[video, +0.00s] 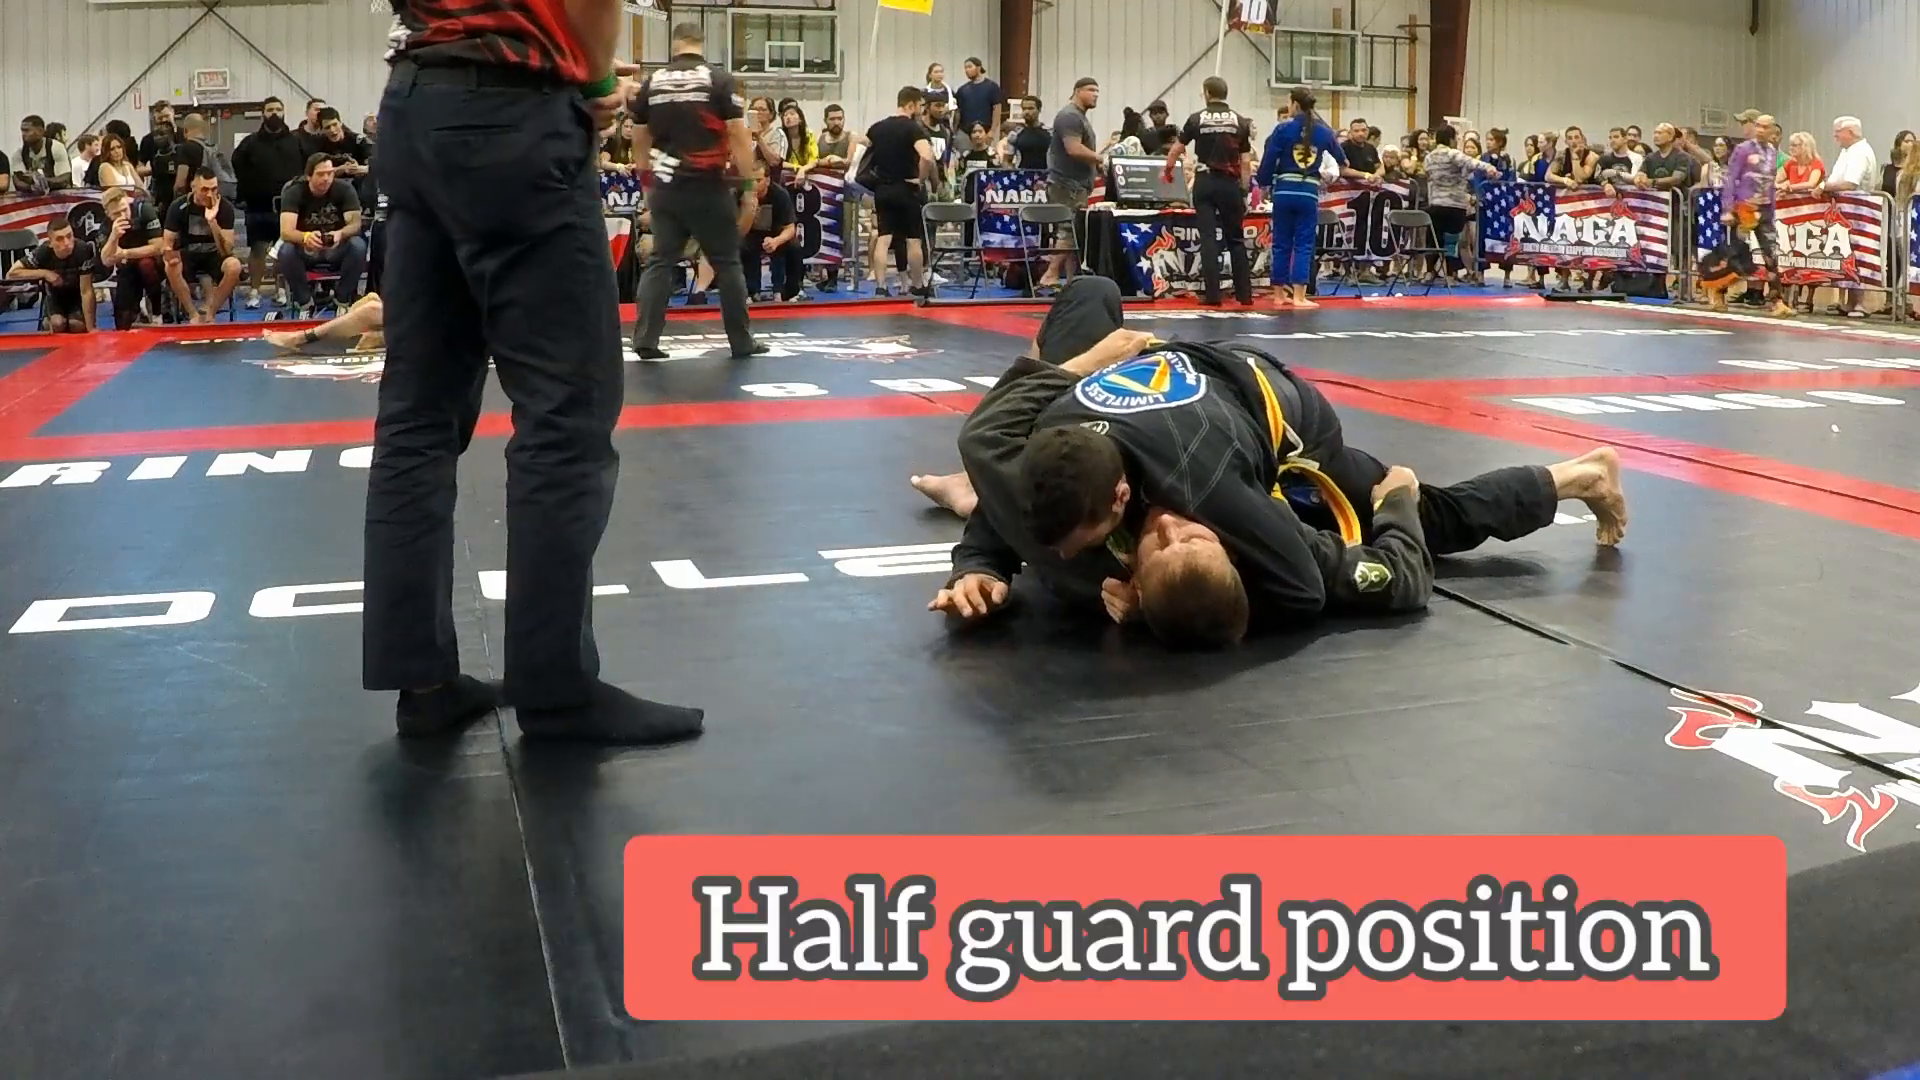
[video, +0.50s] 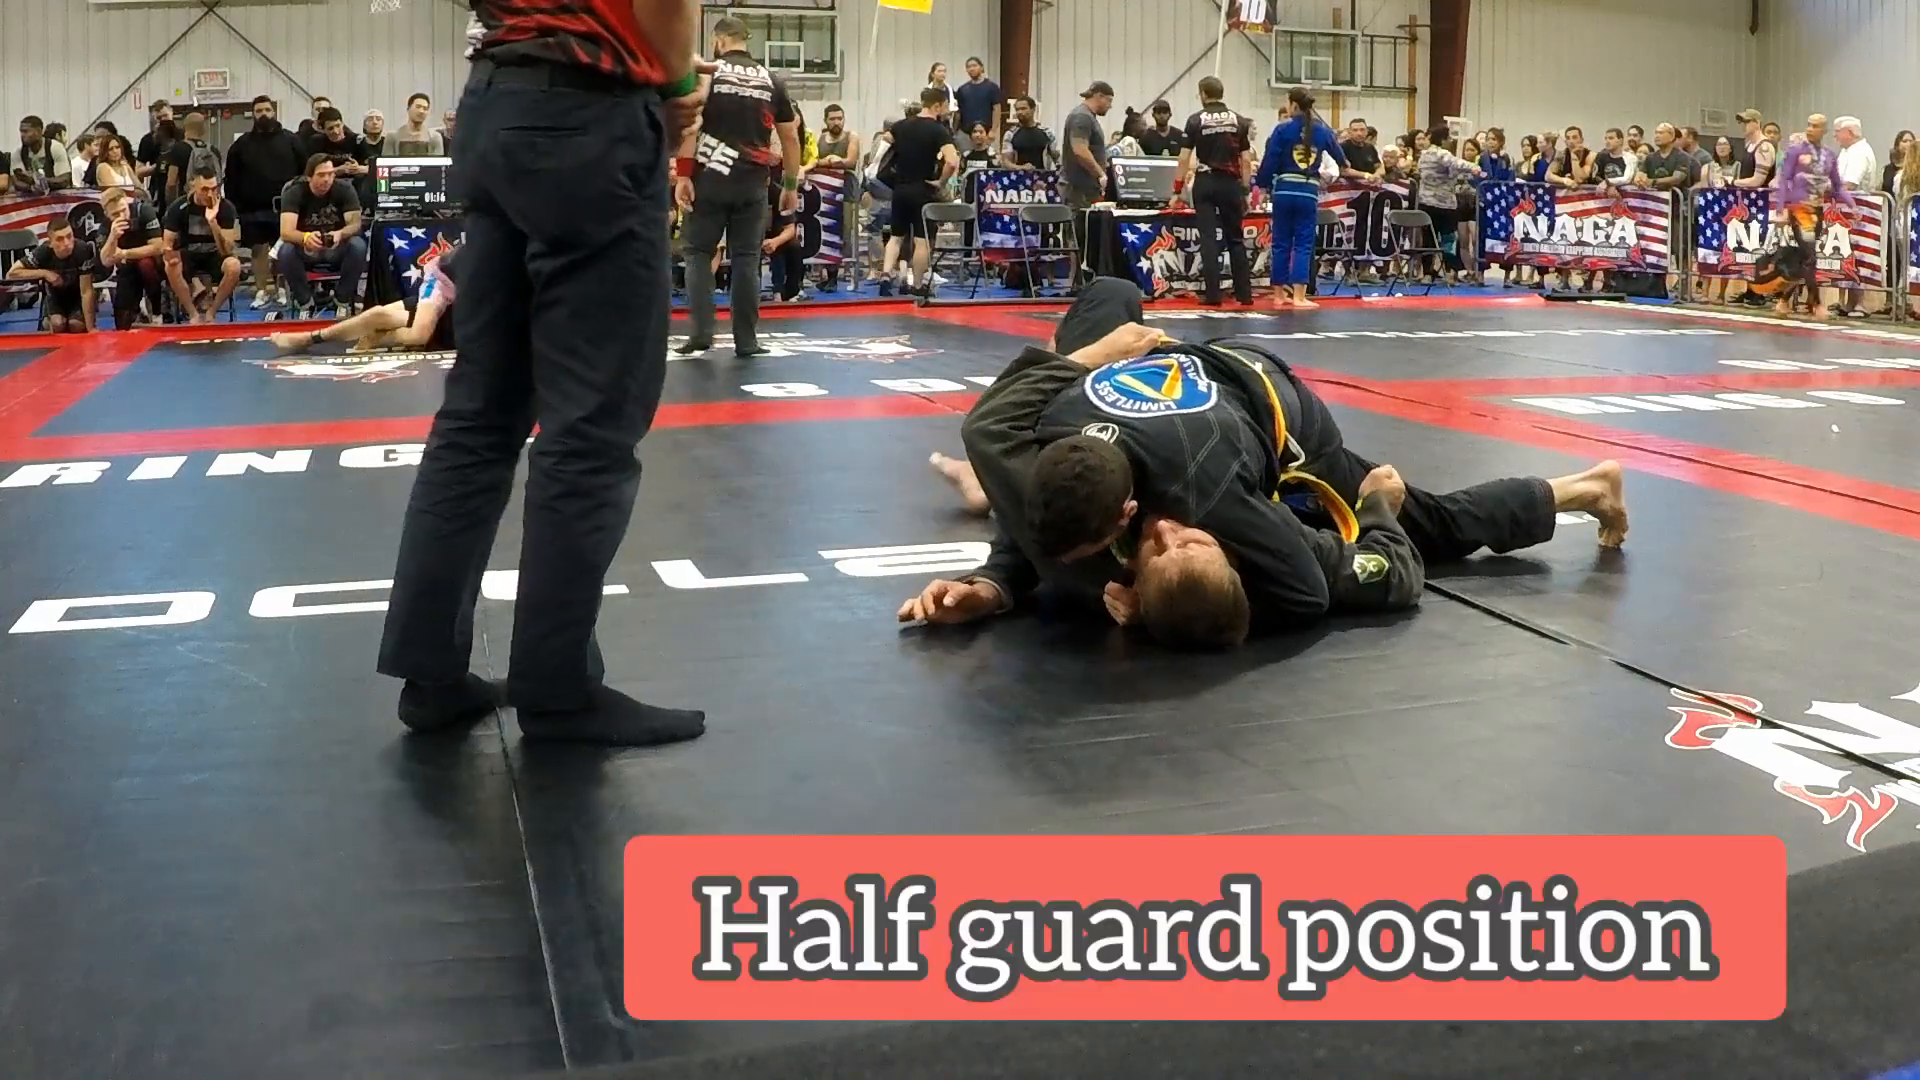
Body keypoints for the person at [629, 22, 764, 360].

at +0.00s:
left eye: (681, 42)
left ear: (674, 45)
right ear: (701, 45)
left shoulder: (651, 81)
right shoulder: (720, 78)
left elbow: (640, 140)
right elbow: (738, 135)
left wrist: (648, 177)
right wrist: (750, 180)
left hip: (663, 187)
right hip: (707, 187)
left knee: (661, 260)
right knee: (727, 262)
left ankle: (645, 340)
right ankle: (741, 341)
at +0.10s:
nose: (696, 49)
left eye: (693, 44)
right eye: (708, 44)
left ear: (689, 44)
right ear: (719, 44)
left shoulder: (667, 81)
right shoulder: (738, 79)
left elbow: (653, 139)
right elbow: (757, 136)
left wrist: (648, 185)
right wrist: (764, 184)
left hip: (682, 188)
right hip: (726, 188)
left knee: (670, 259)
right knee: (736, 261)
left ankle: (649, 337)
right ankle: (743, 341)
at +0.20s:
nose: (700, 47)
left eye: (700, 43)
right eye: (706, 43)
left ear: (703, 42)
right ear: (732, 42)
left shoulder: (681, 76)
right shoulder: (753, 79)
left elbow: (662, 130)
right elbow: (770, 135)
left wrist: (654, 179)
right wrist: (779, 183)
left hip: (691, 186)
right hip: (737, 186)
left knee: (680, 256)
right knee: (741, 262)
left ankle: (654, 332)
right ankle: (744, 342)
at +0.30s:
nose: (709, 46)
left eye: (709, 42)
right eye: (714, 42)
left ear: (712, 41)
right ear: (741, 41)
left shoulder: (692, 76)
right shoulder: (764, 80)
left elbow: (673, 129)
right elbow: (783, 136)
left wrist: (664, 175)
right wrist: (789, 183)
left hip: (700, 183)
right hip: (746, 183)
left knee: (687, 254)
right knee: (744, 259)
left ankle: (665, 330)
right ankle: (744, 342)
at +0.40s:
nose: (713, 47)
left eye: (713, 42)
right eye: (716, 42)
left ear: (718, 40)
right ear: (745, 40)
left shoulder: (704, 74)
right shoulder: (769, 79)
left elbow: (683, 126)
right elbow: (789, 137)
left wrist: (678, 175)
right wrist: (793, 185)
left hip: (706, 178)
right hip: (750, 180)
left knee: (694, 253)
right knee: (746, 257)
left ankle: (681, 330)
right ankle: (745, 342)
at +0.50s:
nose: (713, 46)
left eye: (713, 42)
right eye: (715, 42)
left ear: (719, 41)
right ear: (746, 41)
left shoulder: (705, 72)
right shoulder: (770, 78)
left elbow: (690, 123)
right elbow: (789, 135)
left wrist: (683, 172)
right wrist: (791, 184)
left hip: (710, 178)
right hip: (753, 180)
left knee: (699, 252)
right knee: (747, 256)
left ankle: (701, 334)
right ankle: (746, 341)